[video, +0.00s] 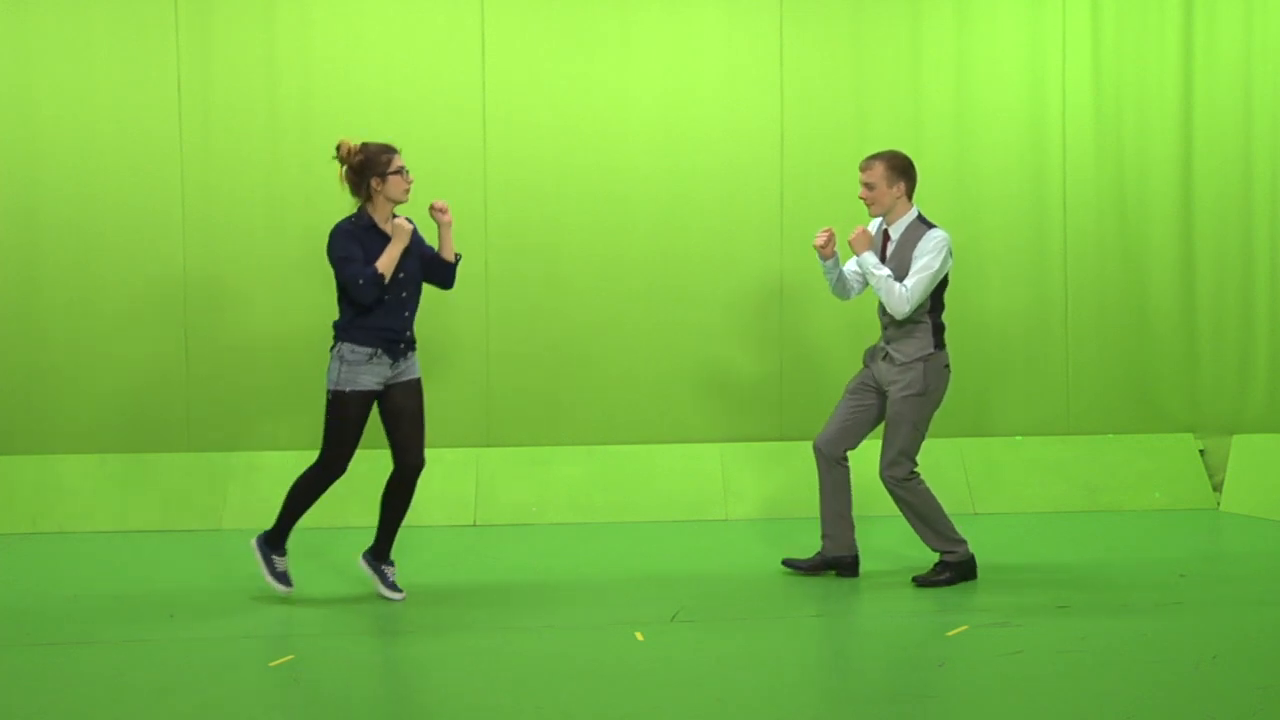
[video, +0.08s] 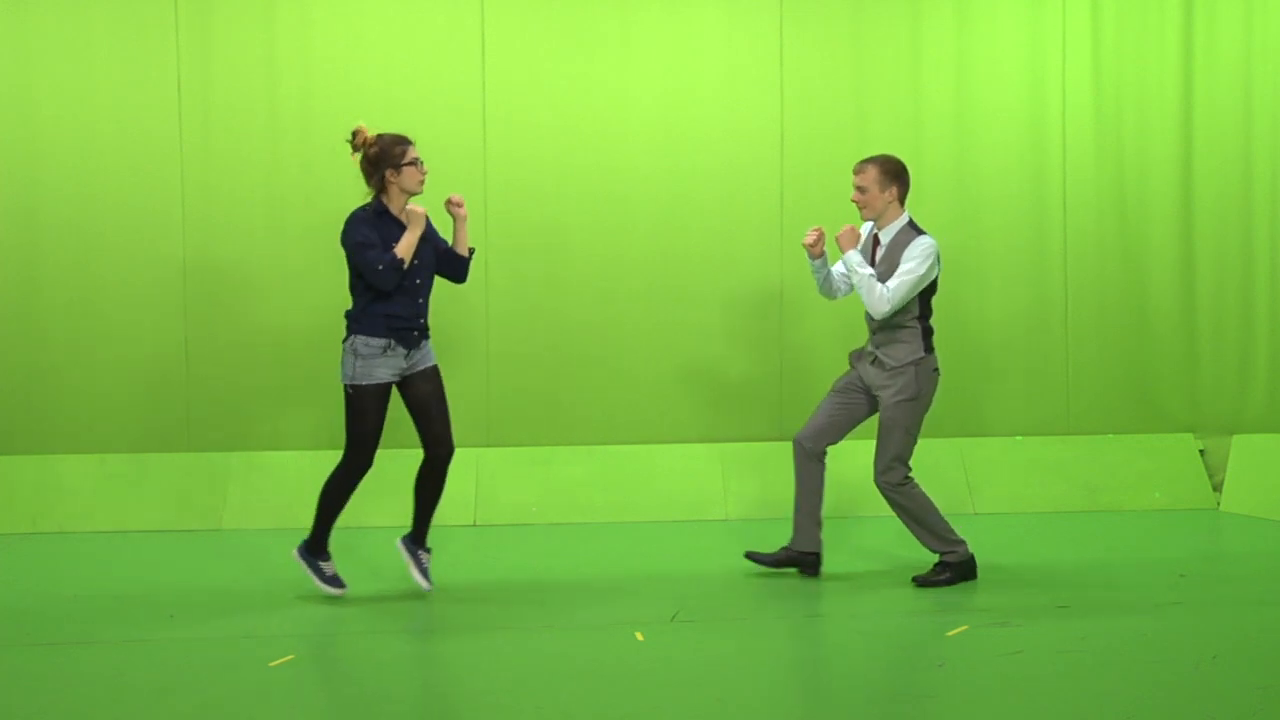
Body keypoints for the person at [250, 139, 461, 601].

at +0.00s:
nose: (408, 179)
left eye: (406, 172)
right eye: (400, 174)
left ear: (389, 183)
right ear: (375, 183)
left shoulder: (406, 234)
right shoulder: (346, 234)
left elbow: (446, 276)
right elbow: (361, 292)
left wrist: (444, 229)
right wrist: (398, 244)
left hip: (401, 360)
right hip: (356, 359)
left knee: (410, 461)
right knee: (333, 462)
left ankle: (379, 555)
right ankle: (273, 541)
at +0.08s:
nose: (423, 171)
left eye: (421, 162)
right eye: (413, 165)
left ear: (405, 173)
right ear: (388, 175)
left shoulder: (416, 221)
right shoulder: (360, 225)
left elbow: (456, 271)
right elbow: (384, 278)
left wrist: (461, 223)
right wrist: (415, 230)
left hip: (416, 347)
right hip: (370, 349)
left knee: (440, 447)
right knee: (359, 458)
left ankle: (417, 540)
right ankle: (315, 548)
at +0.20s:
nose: (446, 187)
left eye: (444, 180)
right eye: (436, 181)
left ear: (426, 190)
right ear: (412, 191)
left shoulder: (436, 238)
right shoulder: (384, 241)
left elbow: (475, 293)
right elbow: (422, 290)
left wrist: (489, 250)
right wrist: (441, 240)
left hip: (440, 361)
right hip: (395, 365)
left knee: (473, 459)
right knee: (391, 474)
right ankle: (337, 558)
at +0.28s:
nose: (464, 210)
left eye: (461, 203)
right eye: (454, 205)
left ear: (437, 215)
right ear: (429, 216)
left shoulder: (448, 263)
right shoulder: (403, 265)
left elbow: (487, 319)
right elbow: (439, 317)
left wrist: (505, 275)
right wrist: (461, 266)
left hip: (461, 384)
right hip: (417, 387)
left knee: (497, 477)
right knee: (404, 497)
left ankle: (499, 570)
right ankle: (333, 561)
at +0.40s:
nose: (486, 226)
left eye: (484, 219)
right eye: (478, 221)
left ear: (459, 230)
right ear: (454, 231)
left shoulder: (473, 278)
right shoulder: (427, 280)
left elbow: (503, 336)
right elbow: (462, 337)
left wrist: (521, 295)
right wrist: (489, 291)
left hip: (480, 398)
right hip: (438, 403)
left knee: (520, 487)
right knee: (419, 510)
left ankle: (500, 570)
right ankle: (336, 560)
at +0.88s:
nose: (508, 216)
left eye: (505, 209)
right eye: (500, 211)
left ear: (482, 220)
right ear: (476, 220)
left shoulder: (486, 270)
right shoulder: (451, 268)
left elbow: (514, 330)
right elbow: (483, 327)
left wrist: (531, 287)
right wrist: (514, 284)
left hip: (485, 394)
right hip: (447, 394)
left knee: (516, 484)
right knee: (416, 494)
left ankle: (498, 570)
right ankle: (333, 563)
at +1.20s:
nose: (513, 212)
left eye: (510, 205)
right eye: (504, 207)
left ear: (488, 216)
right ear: (481, 216)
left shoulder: (488, 266)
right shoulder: (458, 262)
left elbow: (513, 326)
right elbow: (484, 326)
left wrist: (535, 285)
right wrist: (516, 285)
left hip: (468, 391)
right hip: (435, 389)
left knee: (502, 480)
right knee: (412, 492)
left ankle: (497, 571)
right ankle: (334, 563)